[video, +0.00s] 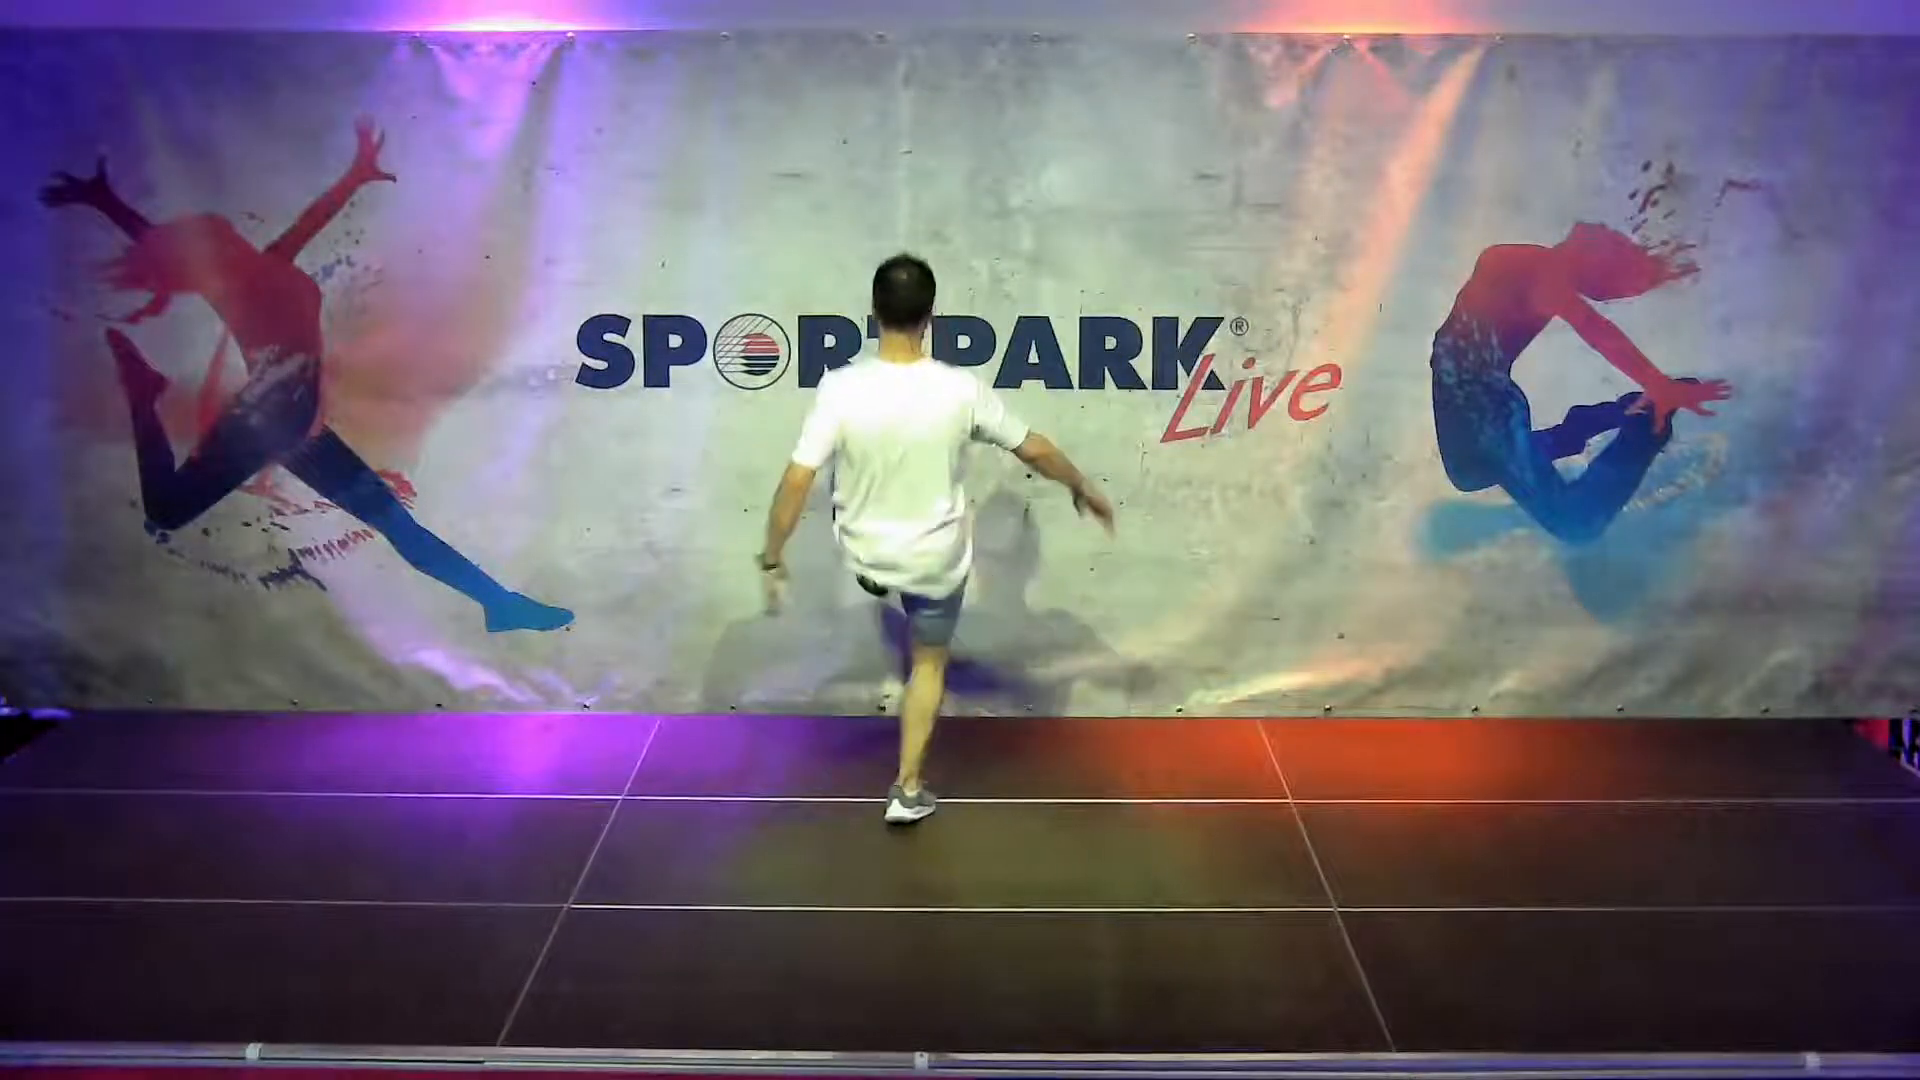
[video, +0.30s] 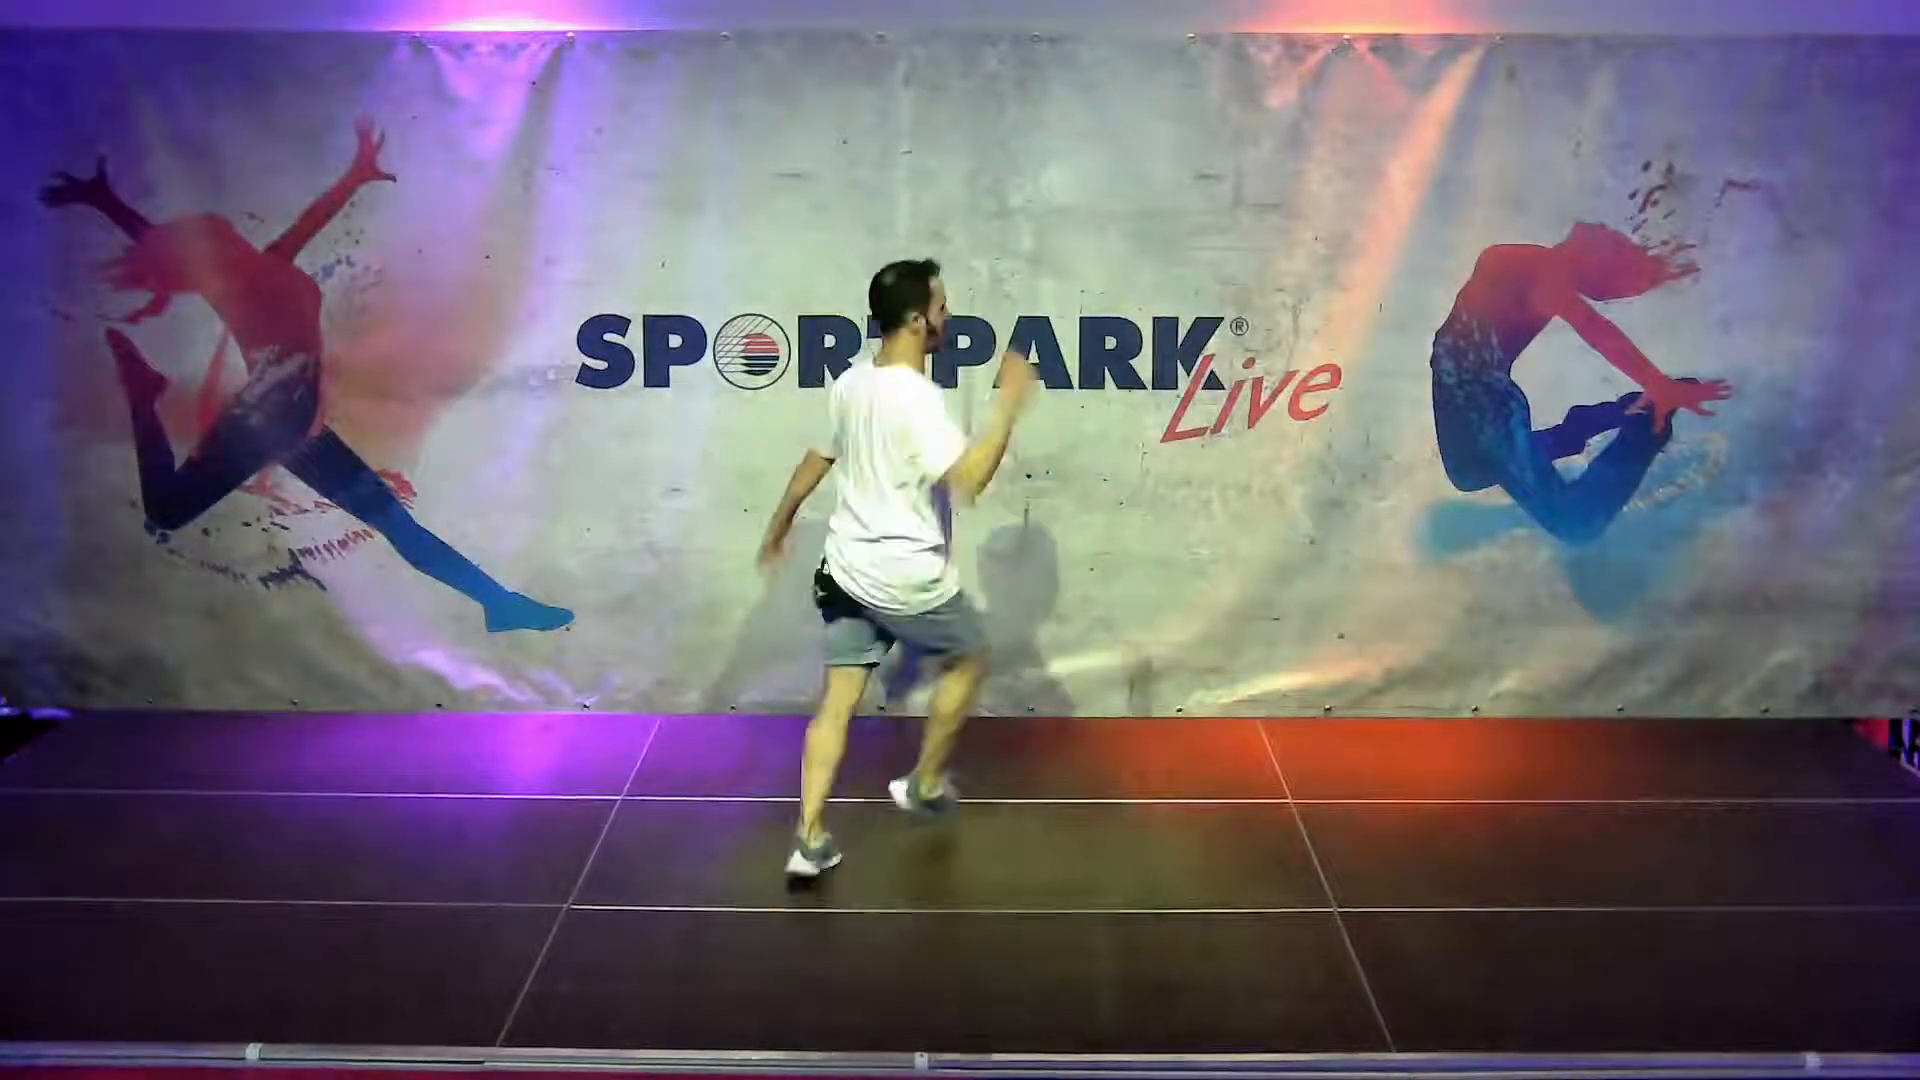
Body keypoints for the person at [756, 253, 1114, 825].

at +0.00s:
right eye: (926, 309)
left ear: (873, 312)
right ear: (929, 315)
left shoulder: (841, 388)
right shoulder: (959, 390)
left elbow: (797, 478)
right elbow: (1035, 449)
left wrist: (772, 553)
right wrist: (1082, 488)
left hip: (867, 564)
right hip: (936, 567)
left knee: (895, 604)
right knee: (927, 664)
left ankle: (902, 686)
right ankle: (907, 787)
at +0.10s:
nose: (937, 300)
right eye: (936, 293)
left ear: (875, 301)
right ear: (934, 300)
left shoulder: (840, 371)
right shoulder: (958, 383)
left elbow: (809, 465)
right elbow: (1014, 484)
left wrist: (802, 553)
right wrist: (1081, 544)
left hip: (854, 539)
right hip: (926, 548)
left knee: (836, 634)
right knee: (914, 672)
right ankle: (909, 792)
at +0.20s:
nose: (946, 304)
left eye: (942, 292)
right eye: (941, 295)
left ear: (882, 308)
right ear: (925, 310)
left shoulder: (840, 376)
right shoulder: (934, 388)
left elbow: (807, 467)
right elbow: (946, 491)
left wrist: (791, 547)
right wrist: (1021, 499)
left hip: (849, 556)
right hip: (912, 561)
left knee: (847, 677)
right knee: (915, 681)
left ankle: (807, 806)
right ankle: (910, 793)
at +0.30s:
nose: (947, 316)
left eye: (944, 303)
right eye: (941, 306)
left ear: (884, 319)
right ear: (923, 318)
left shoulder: (849, 383)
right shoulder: (918, 397)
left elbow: (817, 459)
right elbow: (968, 480)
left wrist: (780, 522)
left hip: (844, 568)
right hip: (909, 579)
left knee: (837, 700)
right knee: (968, 660)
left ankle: (808, 837)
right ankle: (926, 782)